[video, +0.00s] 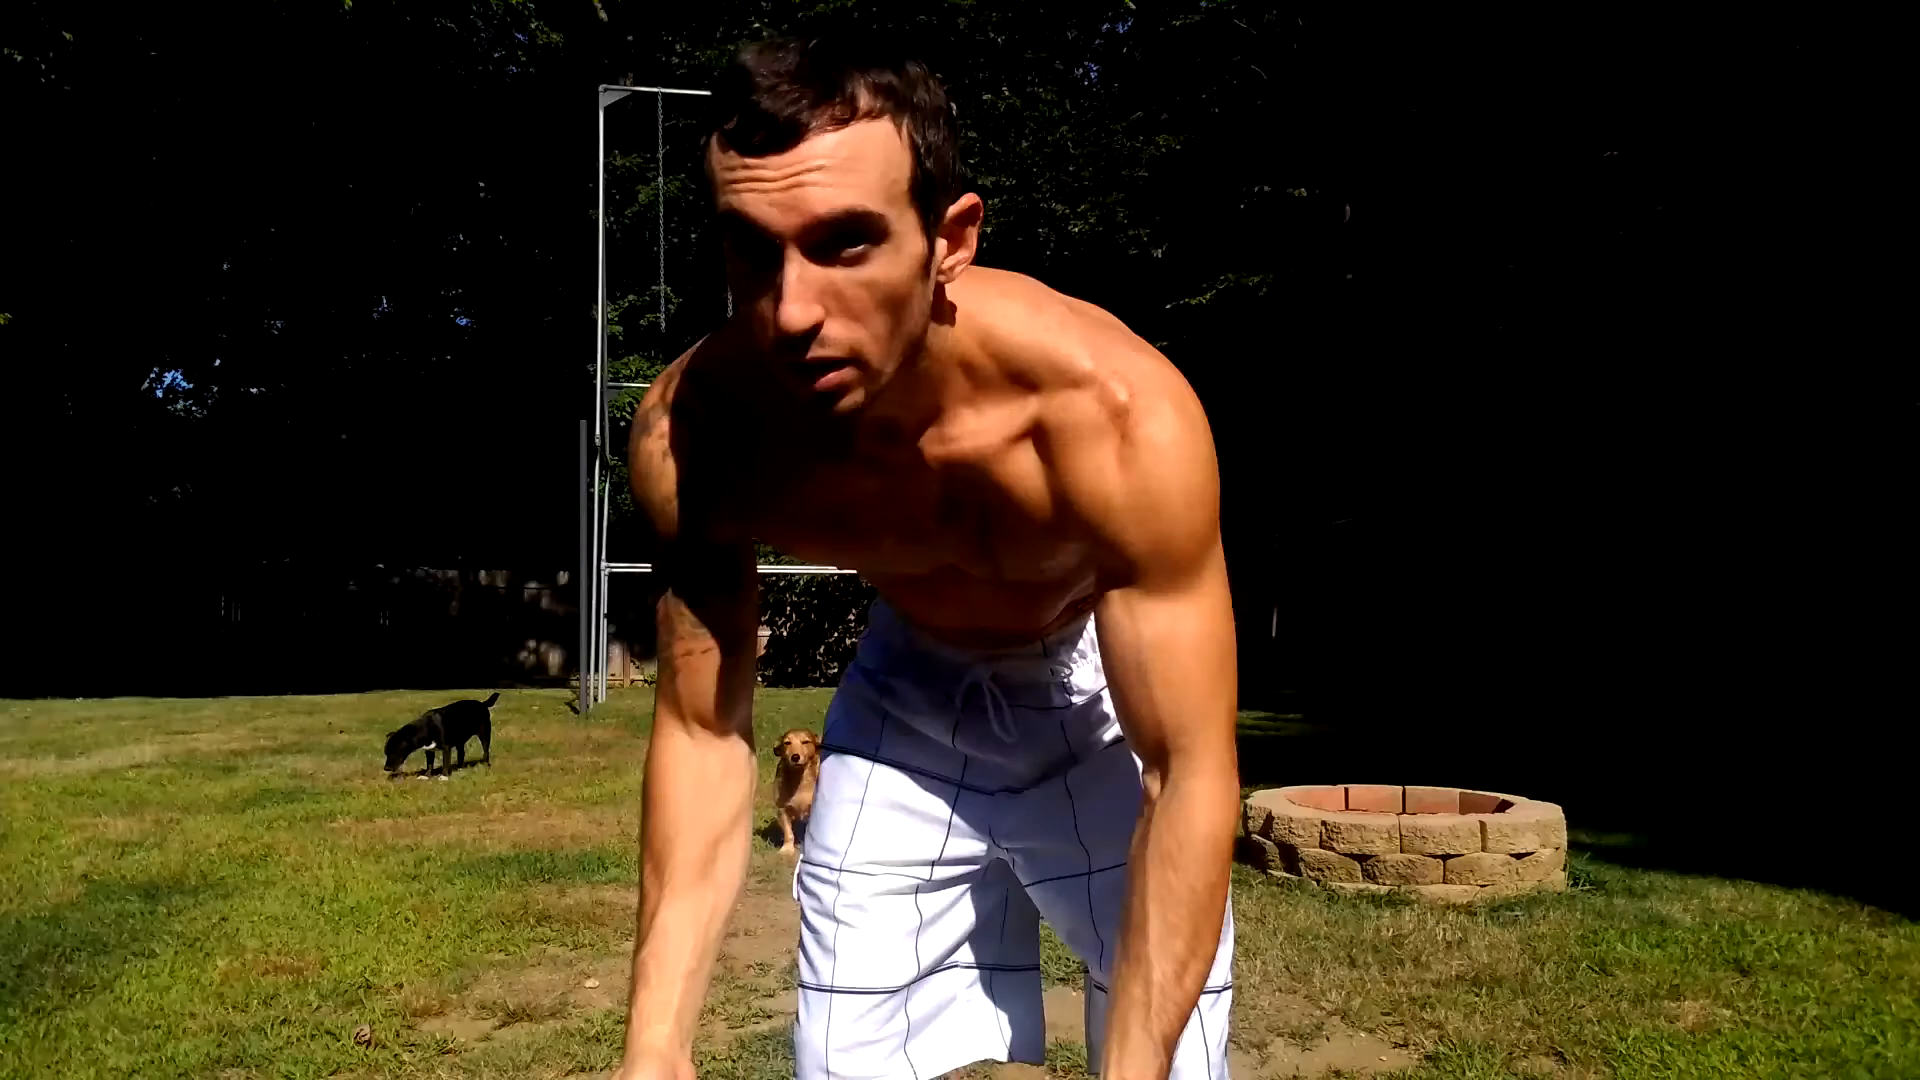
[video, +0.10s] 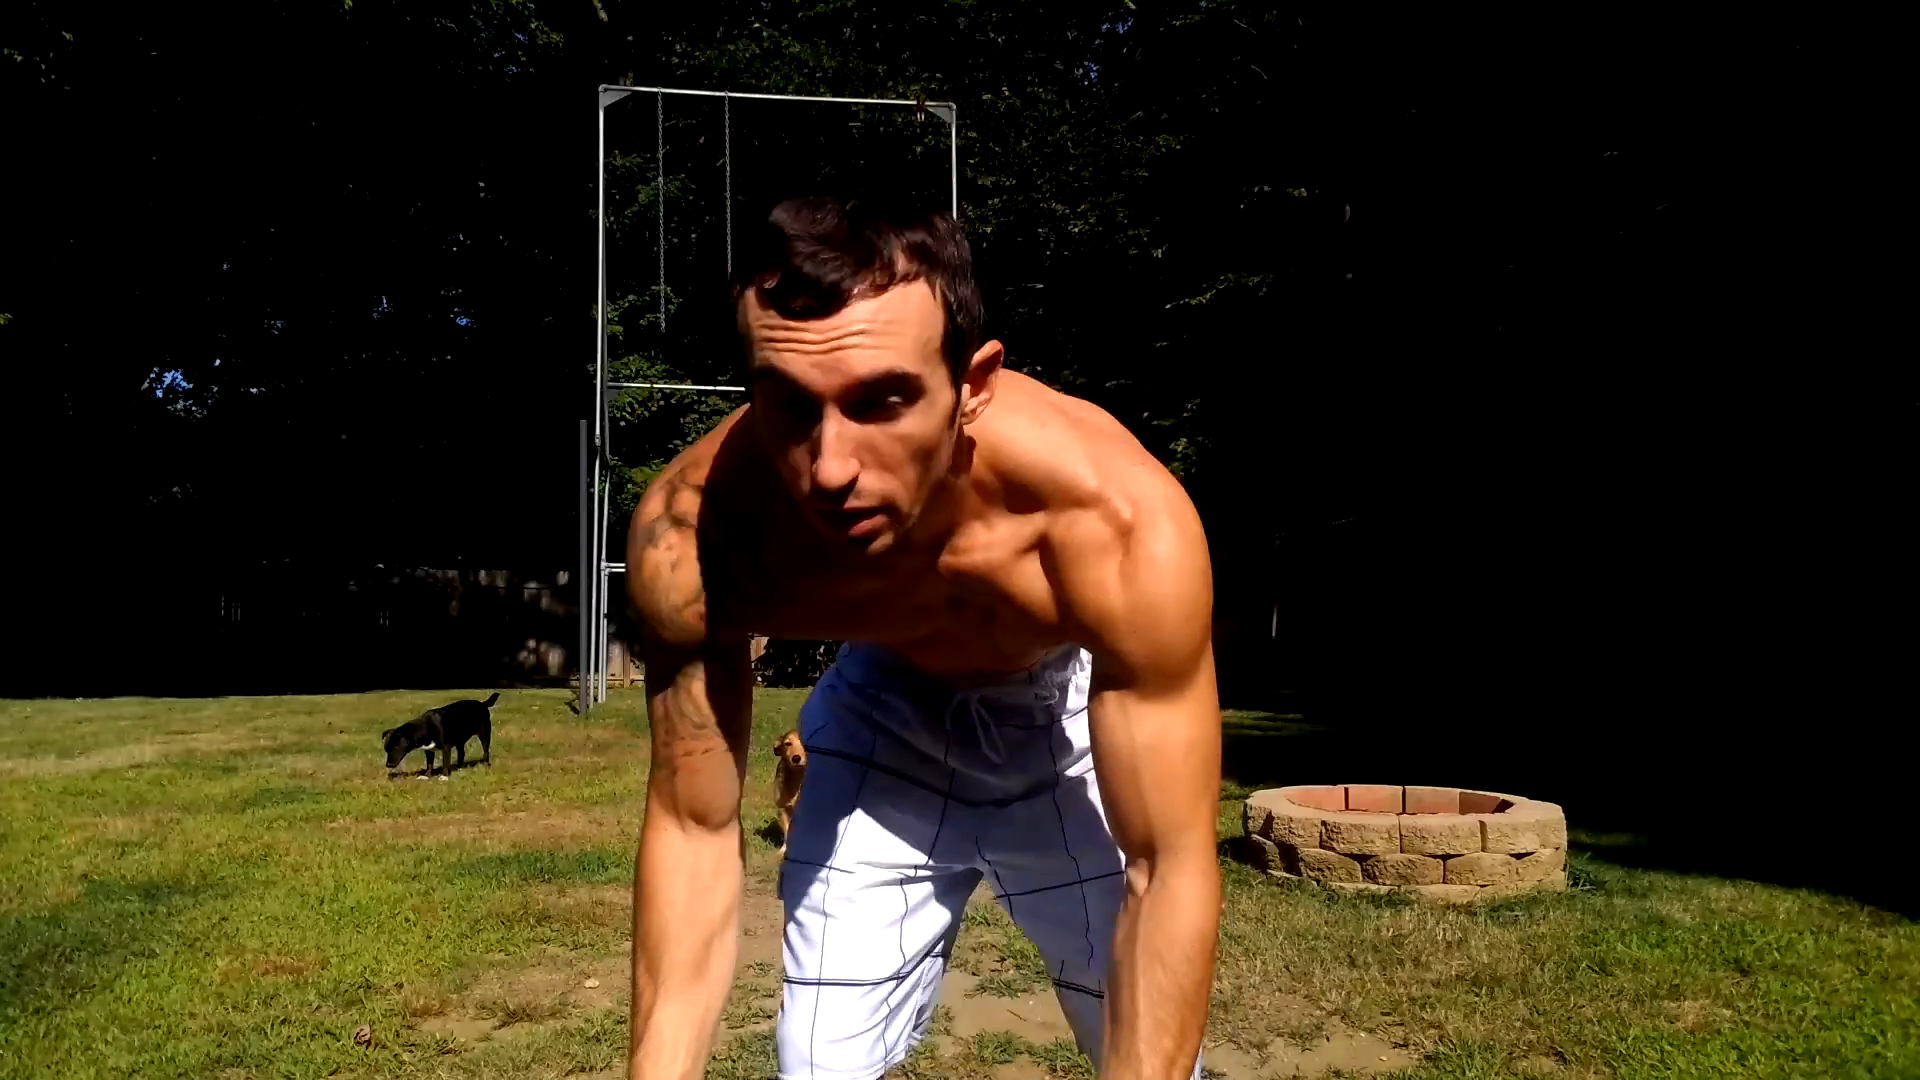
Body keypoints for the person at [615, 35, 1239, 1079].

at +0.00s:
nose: (791, 312)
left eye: (845, 243)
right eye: (755, 250)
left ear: (951, 243)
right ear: (722, 243)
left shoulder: (1127, 423)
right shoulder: (697, 436)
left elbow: (1190, 775)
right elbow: (702, 728)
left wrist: (1133, 1067)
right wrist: (655, 1047)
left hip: (1118, 681)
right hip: (911, 685)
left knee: (1173, 1061)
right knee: (849, 1056)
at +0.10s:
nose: (830, 469)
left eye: (884, 401)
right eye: (789, 406)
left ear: (974, 386)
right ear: (751, 384)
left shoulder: (1131, 532)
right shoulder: (689, 542)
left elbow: (1170, 867)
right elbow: (693, 827)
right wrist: (658, 1069)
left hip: (1076, 708)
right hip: (884, 708)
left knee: (1148, 1053)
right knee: (820, 1058)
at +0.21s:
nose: (877, 633)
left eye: (925, 577)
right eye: (836, 576)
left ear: (1002, 509)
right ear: (787, 525)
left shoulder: (1143, 636)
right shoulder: (701, 632)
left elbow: (1165, 951)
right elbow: (698, 913)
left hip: (1064, 740)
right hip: (865, 733)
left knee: (1135, 1045)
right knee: (804, 1055)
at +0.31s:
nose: (907, 738)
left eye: (952, 689)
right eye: (867, 690)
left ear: (1026, 606)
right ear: (815, 613)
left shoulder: (1157, 709)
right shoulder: (713, 710)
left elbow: (1178, 1007)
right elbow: (713, 980)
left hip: (1065, 777)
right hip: (850, 770)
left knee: (1142, 1043)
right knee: (781, 1054)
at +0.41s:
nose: (928, 816)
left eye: (970, 769)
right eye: (886, 768)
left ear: (1035, 687)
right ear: (834, 688)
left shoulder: (1161, 763)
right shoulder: (728, 762)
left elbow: (1185, 1046)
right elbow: (724, 1034)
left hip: (1068, 801)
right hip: (843, 801)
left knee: (1140, 1051)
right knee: (788, 1054)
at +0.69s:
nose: (957, 886)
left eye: (1000, 838)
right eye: (917, 837)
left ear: (1056, 764)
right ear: (868, 758)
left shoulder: (1169, 816)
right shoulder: (755, 819)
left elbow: (1195, 1071)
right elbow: (743, 1067)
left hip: (1071, 813)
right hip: (854, 819)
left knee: (1142, 1061)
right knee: (809, 1061)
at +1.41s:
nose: (928, 130)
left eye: (957, 99)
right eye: (902, 106)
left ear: (1012, 118)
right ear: (873, 132)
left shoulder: (1095, 284)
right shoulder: (806, 297)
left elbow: (1184, 481)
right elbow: (739, 498)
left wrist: (1274, 628)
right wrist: (688, 696)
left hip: (1041, 650)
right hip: (879, 653)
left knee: (1058, 1020)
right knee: (896, 1025)